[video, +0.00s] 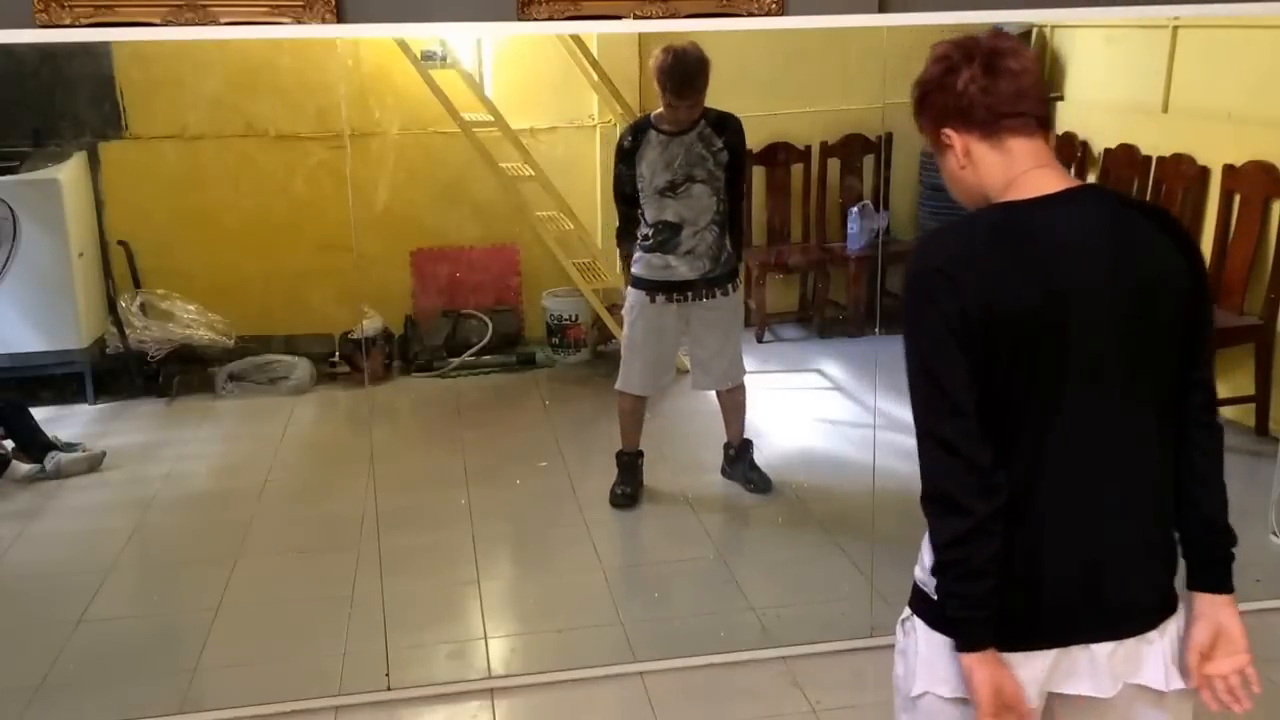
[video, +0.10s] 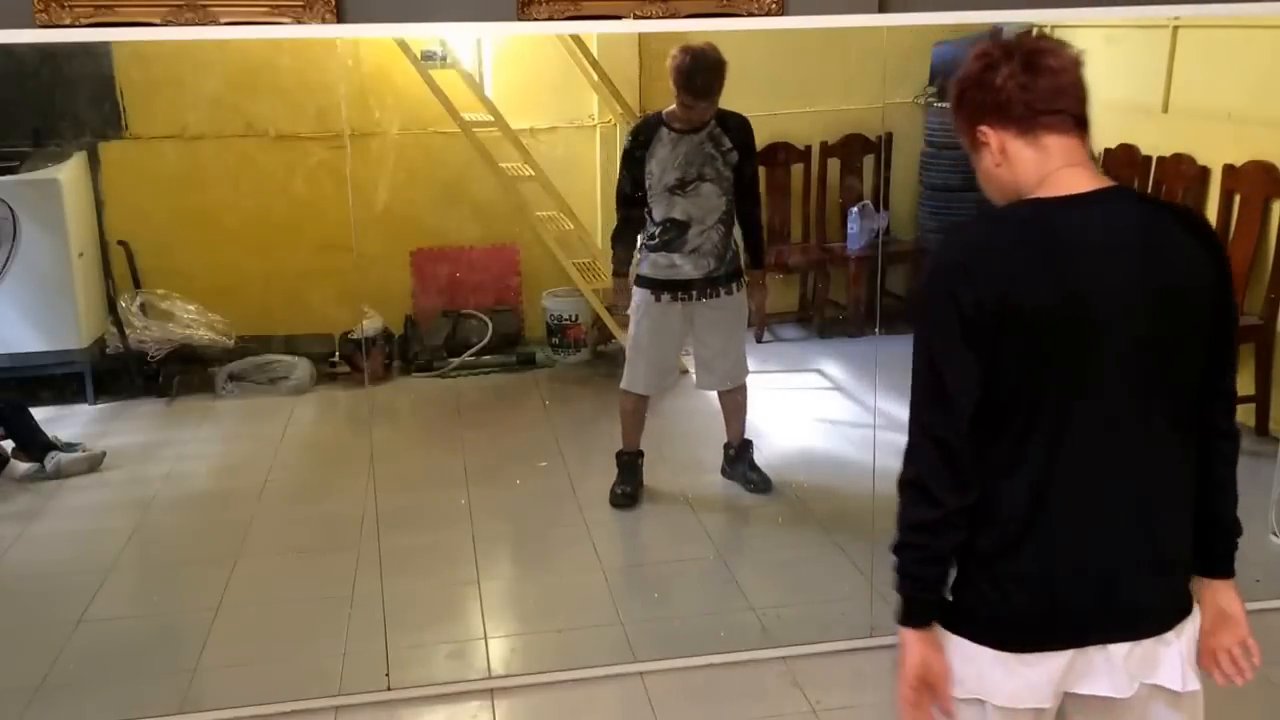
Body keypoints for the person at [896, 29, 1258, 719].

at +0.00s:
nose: (943, 174)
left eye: (937, 156)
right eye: (937, 157)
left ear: (957, 144)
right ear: (1041, 122)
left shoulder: (950, 264)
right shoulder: (1160, 238)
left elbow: (956, 468)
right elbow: (1195, 424)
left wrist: (976, 643)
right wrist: (1213, 592)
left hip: (998, 620)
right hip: (1136, 612)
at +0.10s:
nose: (978, 176)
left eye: (972, 157)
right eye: (971, 159)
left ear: (992, 143)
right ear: (1077, 123)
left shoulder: (975, 256)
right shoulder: (1187, 238)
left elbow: (938, 450)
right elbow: (1214, 422)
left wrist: (918, 617)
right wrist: (1216, 574)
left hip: (1005, 618)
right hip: (1151, 611)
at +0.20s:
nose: (1008, 183)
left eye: (1000, 160)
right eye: (1001, 163)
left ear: (1018, 141)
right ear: (1109, 128)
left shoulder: (992, 252)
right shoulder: (1212, 244)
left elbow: (925, 433)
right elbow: (1216, 426)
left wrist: (876, 578)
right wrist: (1190, 552)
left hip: (1007, 611)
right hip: (1155, 609)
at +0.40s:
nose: (1015, 182)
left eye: (1010, 159)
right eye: (1009, 162)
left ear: (1028, 142)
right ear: (1124, 131)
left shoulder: (995, 252)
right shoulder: (1220, 246)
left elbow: (934, 417)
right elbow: (1210, 413)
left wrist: (907, 526)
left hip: (1004, 613)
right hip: (1157, 611)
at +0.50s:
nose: (1007, 181)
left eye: (1001, 159)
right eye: (1003, 161)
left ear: (1019, 144)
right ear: (1114, 133)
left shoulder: (989, 254)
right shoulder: (1214, 245)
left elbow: (932, 436)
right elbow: (1199, 419)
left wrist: (936, 539)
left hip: (998, 616)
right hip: (1153, 615)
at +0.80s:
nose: (974, 187)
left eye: (965, 165)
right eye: (967, 167)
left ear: (984, 150)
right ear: (1077, 131)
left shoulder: (968, 258)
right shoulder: (1189, 238)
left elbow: (909, 449)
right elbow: (1188, 410)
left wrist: (968, 522)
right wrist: (1116, 488)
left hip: (995, 614)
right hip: (1146, 610)